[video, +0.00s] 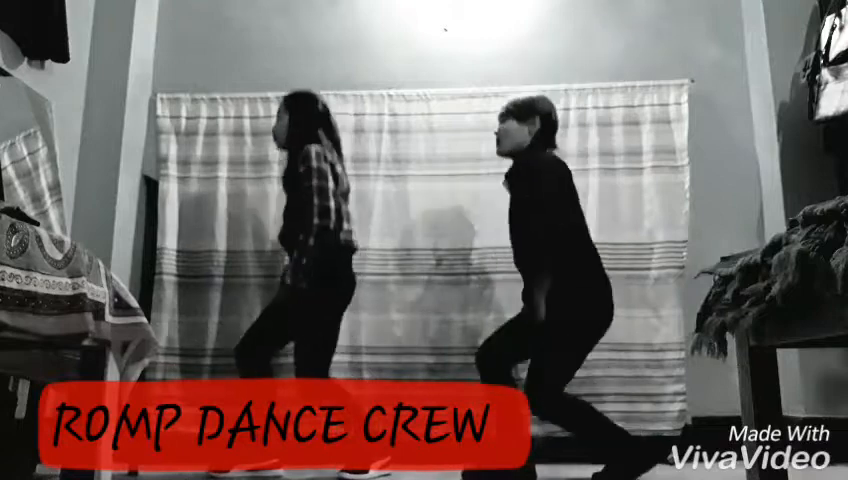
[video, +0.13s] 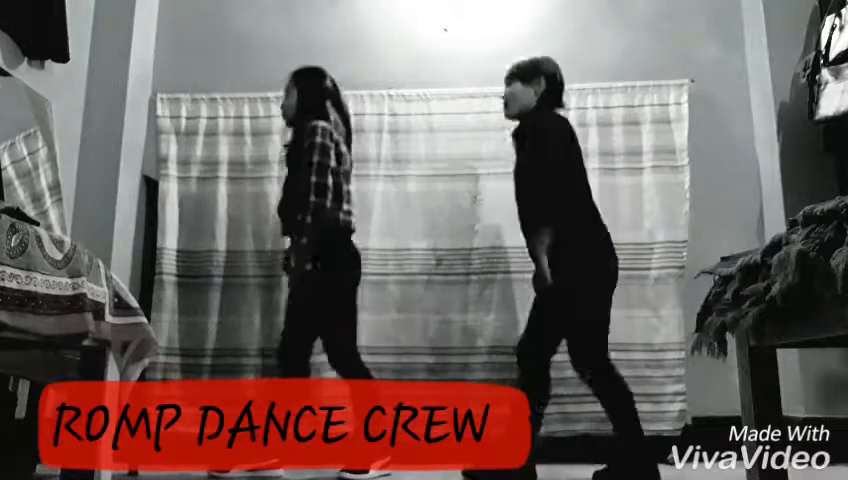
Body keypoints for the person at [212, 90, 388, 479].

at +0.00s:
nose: (274, 126)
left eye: (280, 118)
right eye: (276, 118)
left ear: (297, 120)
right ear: (311, 121)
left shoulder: (311, 153)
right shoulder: (321, 155)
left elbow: (314, 216)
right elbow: (323, 219)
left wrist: (297, 269)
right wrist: (299, 265)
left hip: (320, 272)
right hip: (330, 271)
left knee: (251, 350)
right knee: (312, 369)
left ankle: (268, 441)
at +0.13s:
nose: (282, 102)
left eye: (288, 94)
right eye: (284, 94)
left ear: (304, 96)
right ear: (316, 95)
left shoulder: (318, 129)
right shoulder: (316, 132)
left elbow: (317, 192)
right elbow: (312, 194)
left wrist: (302, 249)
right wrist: (298, 244)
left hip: (325, 254)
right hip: (324, 252)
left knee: (294, 352)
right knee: (343, 353)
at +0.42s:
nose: (295, 97)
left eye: (303, 89)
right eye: (296, 90)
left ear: (328, 92)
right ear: (302, 95)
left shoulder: (349, 137)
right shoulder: (292, 141)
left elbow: (356, 205)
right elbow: (279, 204)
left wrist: (326, 256)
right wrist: (278, 254)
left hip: (337, 263)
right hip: (293, 263)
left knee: (354, 355)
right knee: (278, 356)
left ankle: (380, 444)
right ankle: (264, 447)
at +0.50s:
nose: (297, 96)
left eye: (305, 88)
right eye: (297, 89)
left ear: (331, 92)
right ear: (303, 93)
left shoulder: (356, 140)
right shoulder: (289, 138)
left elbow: (364, 205)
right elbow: (274, 201)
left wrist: (337, 250)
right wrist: (282, 251)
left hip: (339, 264)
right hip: (292, 263)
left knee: (351, 357)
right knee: (276, 356)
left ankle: (373, 448)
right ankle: (264, 447)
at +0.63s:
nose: (317, 93)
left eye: (326, 86)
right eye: (310, 86)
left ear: (342, 94)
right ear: (300, 95)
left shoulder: (356, 146)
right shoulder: (290, 132)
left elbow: (366, 206)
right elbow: (275, 191)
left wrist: (353, 255)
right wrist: (290, 249)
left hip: (340, 264)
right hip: (293, 260)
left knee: (349, 357)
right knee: (277, 356)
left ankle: (366, 451)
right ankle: (254, 448)